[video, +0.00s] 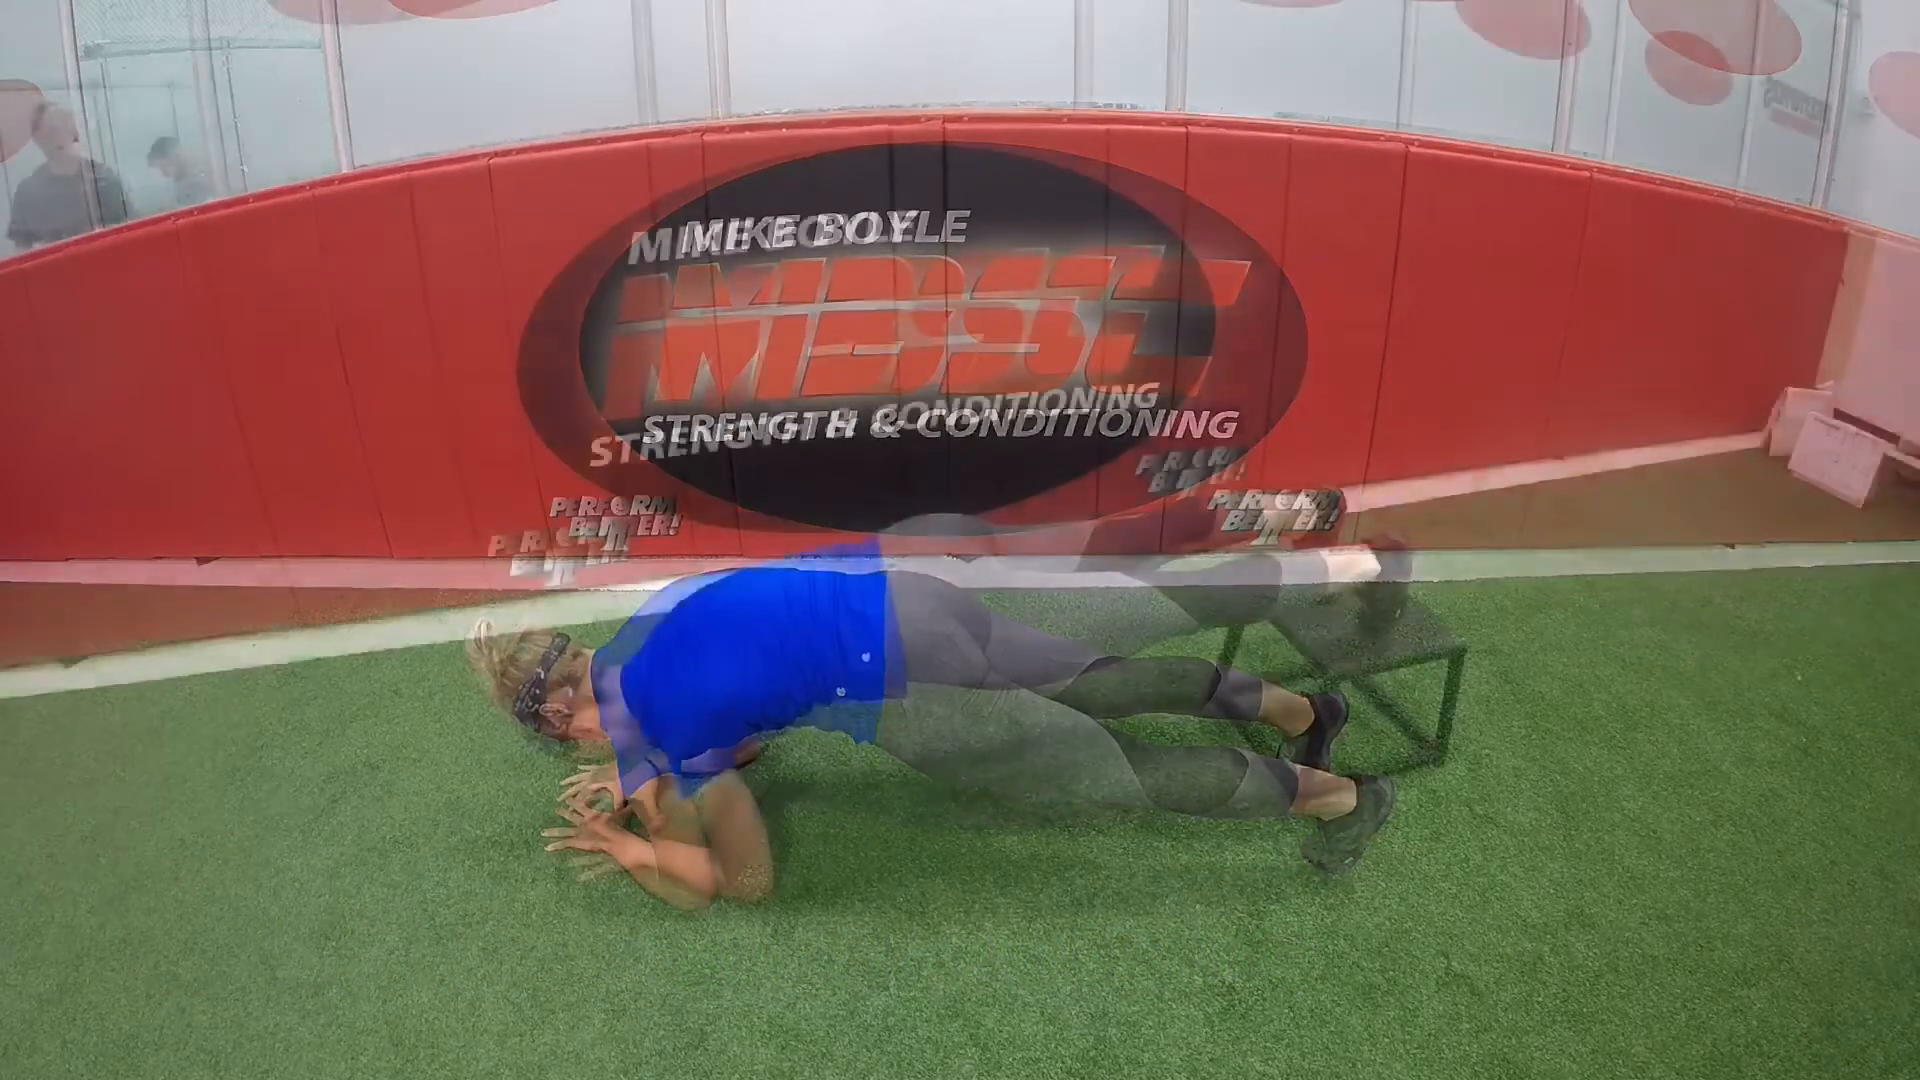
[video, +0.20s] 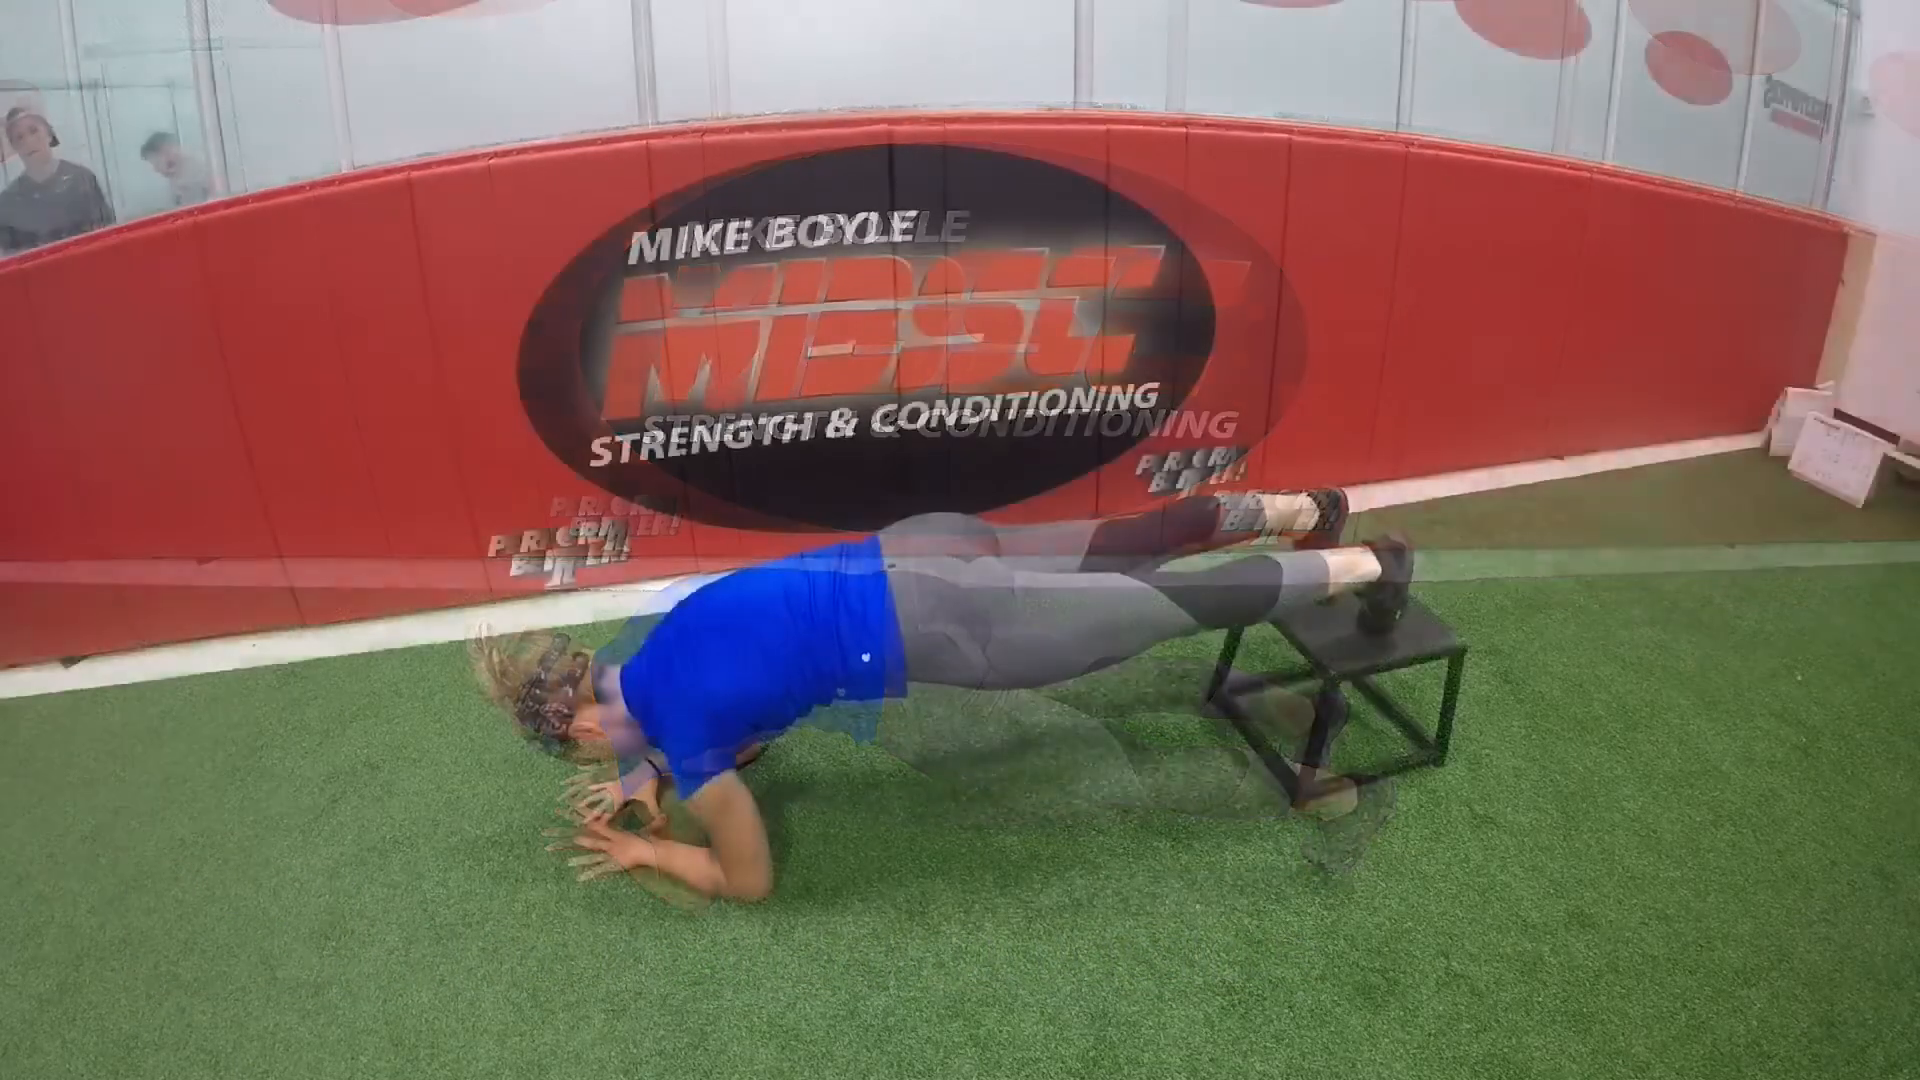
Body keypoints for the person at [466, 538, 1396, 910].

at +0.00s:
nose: (582, 744)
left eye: (564, 732)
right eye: (569, 734)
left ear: (575, 703)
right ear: (581, 660)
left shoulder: (650, 711)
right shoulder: (653, 627)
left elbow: (739, 878)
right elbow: (739, 759)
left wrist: (629, 852)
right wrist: (649, 782)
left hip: (897, 681)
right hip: (906, 583)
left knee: (1106, 774)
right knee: (1082, 670)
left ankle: (1325, 791)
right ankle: (1283, 706)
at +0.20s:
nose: (594, 755)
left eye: (578, 741)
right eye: (580, 745)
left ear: (592, 707)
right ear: (589, 677)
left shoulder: (681, 720)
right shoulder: (658, 640)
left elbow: (744, 880)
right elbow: (746, 756)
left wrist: (641, 858)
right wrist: (659, 808)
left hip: (926, 626)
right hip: (905, 544)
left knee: (1147, 611)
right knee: (1101, 556)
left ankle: (1330, 572)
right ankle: (1260, 514)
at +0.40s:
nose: (597, 756)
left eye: (581, 745)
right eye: (585, 748)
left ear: (592, 712)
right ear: (592, 675)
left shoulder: (682, 723)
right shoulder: (667, 633)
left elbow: (745, 880)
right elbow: (753, 747)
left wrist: (642, 856)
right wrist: (664, 803)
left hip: (933, 629)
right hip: (913, 536)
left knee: (1167, 608)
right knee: (1109, 544)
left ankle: (1337, 569)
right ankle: (1269, 508)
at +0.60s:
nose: (599, 754)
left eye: (583, 744)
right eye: (586, 747)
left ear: (595, 709)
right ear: (596, 672)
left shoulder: (685, 724)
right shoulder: (667, 634)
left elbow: (747, 879)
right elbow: (746, 738)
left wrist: (644, 850)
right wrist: (658, 792)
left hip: (934, 628)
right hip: (916, 538)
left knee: (1167, 609)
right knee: (1111, 545)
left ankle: (1346, 568)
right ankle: (1270, 508)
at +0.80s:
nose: (607, 753)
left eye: (591, 744)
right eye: (595, 746)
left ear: (601, 710)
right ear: (601, 673)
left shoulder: (692, 721)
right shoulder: (674, 630)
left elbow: (747, 878)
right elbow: (748, 741)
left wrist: (646, 854)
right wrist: (661, 795)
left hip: (941, 626)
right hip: (924, 540)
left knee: (1171, 608)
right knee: (1120, 544)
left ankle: (1344, 563)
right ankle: (1274, 508)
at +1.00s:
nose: (606, 753)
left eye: (590, 743)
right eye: (594, 746)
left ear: (602, 711)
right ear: (601, 674)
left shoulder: (692, 722)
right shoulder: (672, 633)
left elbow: (747, 879)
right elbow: (743, 744)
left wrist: (645, 854)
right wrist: (658, 798)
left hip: (939, 623)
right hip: (923, 538)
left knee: (1171, 605)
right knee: (1114, 543)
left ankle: (1344, 562)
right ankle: (1270, 507)